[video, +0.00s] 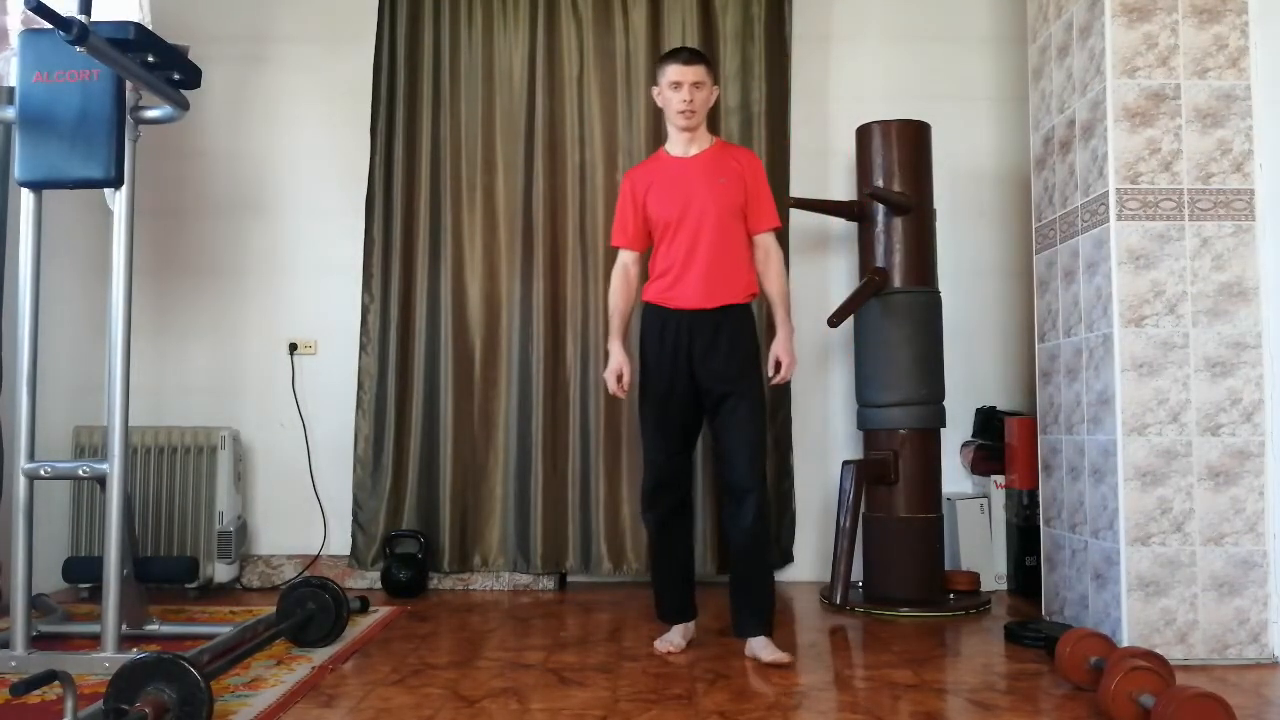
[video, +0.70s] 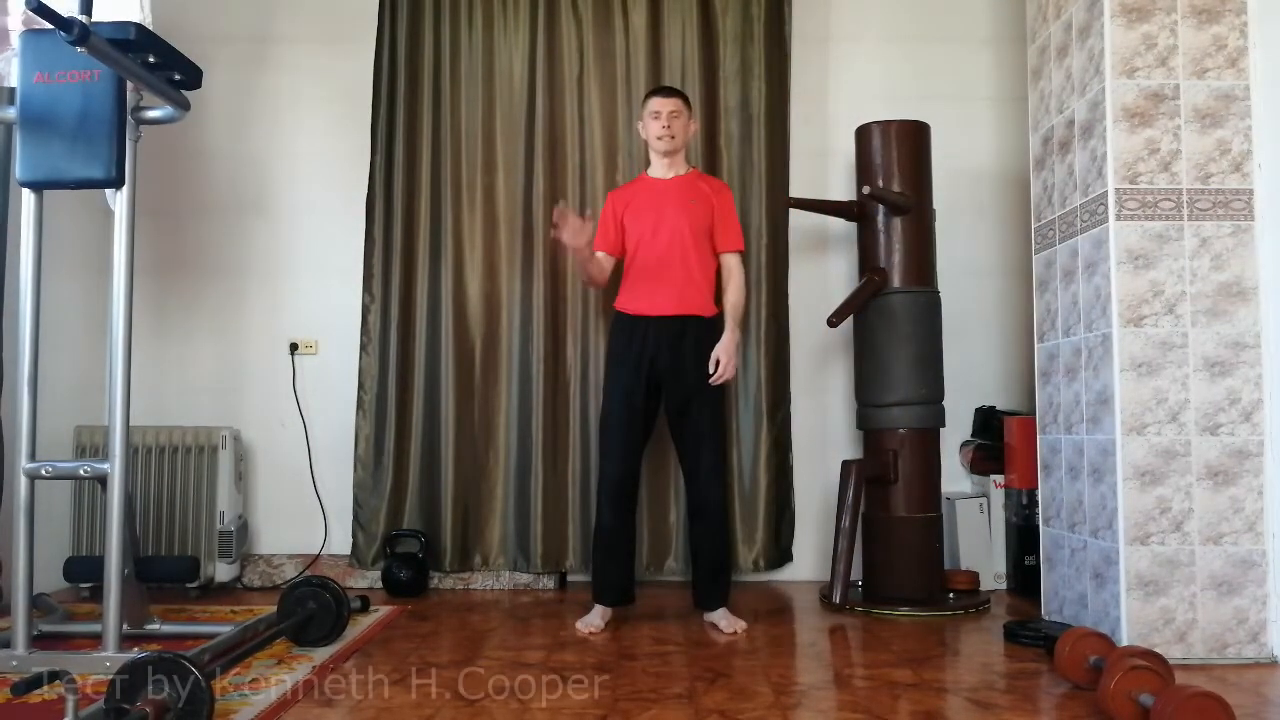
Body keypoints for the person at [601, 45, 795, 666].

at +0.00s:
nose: (685, 95)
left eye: (695, 85)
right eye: (674, 86)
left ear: (714, 94)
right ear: (657, 96)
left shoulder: (744, 166)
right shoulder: (640, 179)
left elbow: (768, 251)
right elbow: (627, 266)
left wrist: (783, 329)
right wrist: (615, 342)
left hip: (734, 332)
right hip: (664, 335)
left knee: (744, 482)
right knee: (665, 482)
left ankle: (754, 629)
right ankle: (679, 617)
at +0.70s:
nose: (665, 124)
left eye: (674, 116)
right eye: (655, 116)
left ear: (691, 128)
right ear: (640, 129)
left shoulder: (714, 193)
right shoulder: (621, 199)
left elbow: (732, 271)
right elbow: (600, 275)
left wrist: (731, 334)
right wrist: (580, 249)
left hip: (697, 339)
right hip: (633, 338)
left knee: (707, 473)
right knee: (618, 471)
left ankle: (713, 602)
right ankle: (607, 599)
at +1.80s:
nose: (677, 123)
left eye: (687, 115)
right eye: (668, 114)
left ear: (701, 128)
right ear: (649, 125)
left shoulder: (718, 197)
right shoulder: (626, 195)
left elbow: (732, 276)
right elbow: (606, 274)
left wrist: (734, 336)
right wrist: (584, 343)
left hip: (699, 341)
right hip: (635, 338)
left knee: (708, 474)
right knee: (620, 471)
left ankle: (713, 601)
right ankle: (608, 598)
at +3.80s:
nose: (663, 120)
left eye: (672, 113)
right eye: (653, 113)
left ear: (687, 126)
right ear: (637, 126)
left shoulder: (709, 191)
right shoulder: (618, 196)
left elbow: (728, 271)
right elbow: (602, 274)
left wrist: (734, 339)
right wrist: (585, 339)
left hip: (695, 340)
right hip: (629, 339)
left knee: (706, 475)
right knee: (615, 473)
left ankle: (711, 602)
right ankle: (607, 599)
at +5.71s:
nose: (675, 122)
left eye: (685, 115)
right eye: (665, 115)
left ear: (701, 128)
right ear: (648, 127)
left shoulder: (720, 192)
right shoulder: (629, 198)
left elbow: (739, 272)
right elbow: (614, 276)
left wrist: (743, 341)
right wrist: (598, 342)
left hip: (704, 339)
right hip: (640, 338)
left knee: (712, 475)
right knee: (623, 472)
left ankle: (714, 603)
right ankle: (609, 598)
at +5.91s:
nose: (674, 122)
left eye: (684, 115)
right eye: (664, 114)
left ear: (699, 128)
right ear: (647, 127)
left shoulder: (719, 192)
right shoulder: (627, 198)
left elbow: (738, 271)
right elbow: (611, 275)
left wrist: (740, 338)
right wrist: (594, 340)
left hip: (702, 339)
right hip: (637, 338)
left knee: (711, 474)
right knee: (623, 472)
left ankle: (714, 602)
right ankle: (609, 598)